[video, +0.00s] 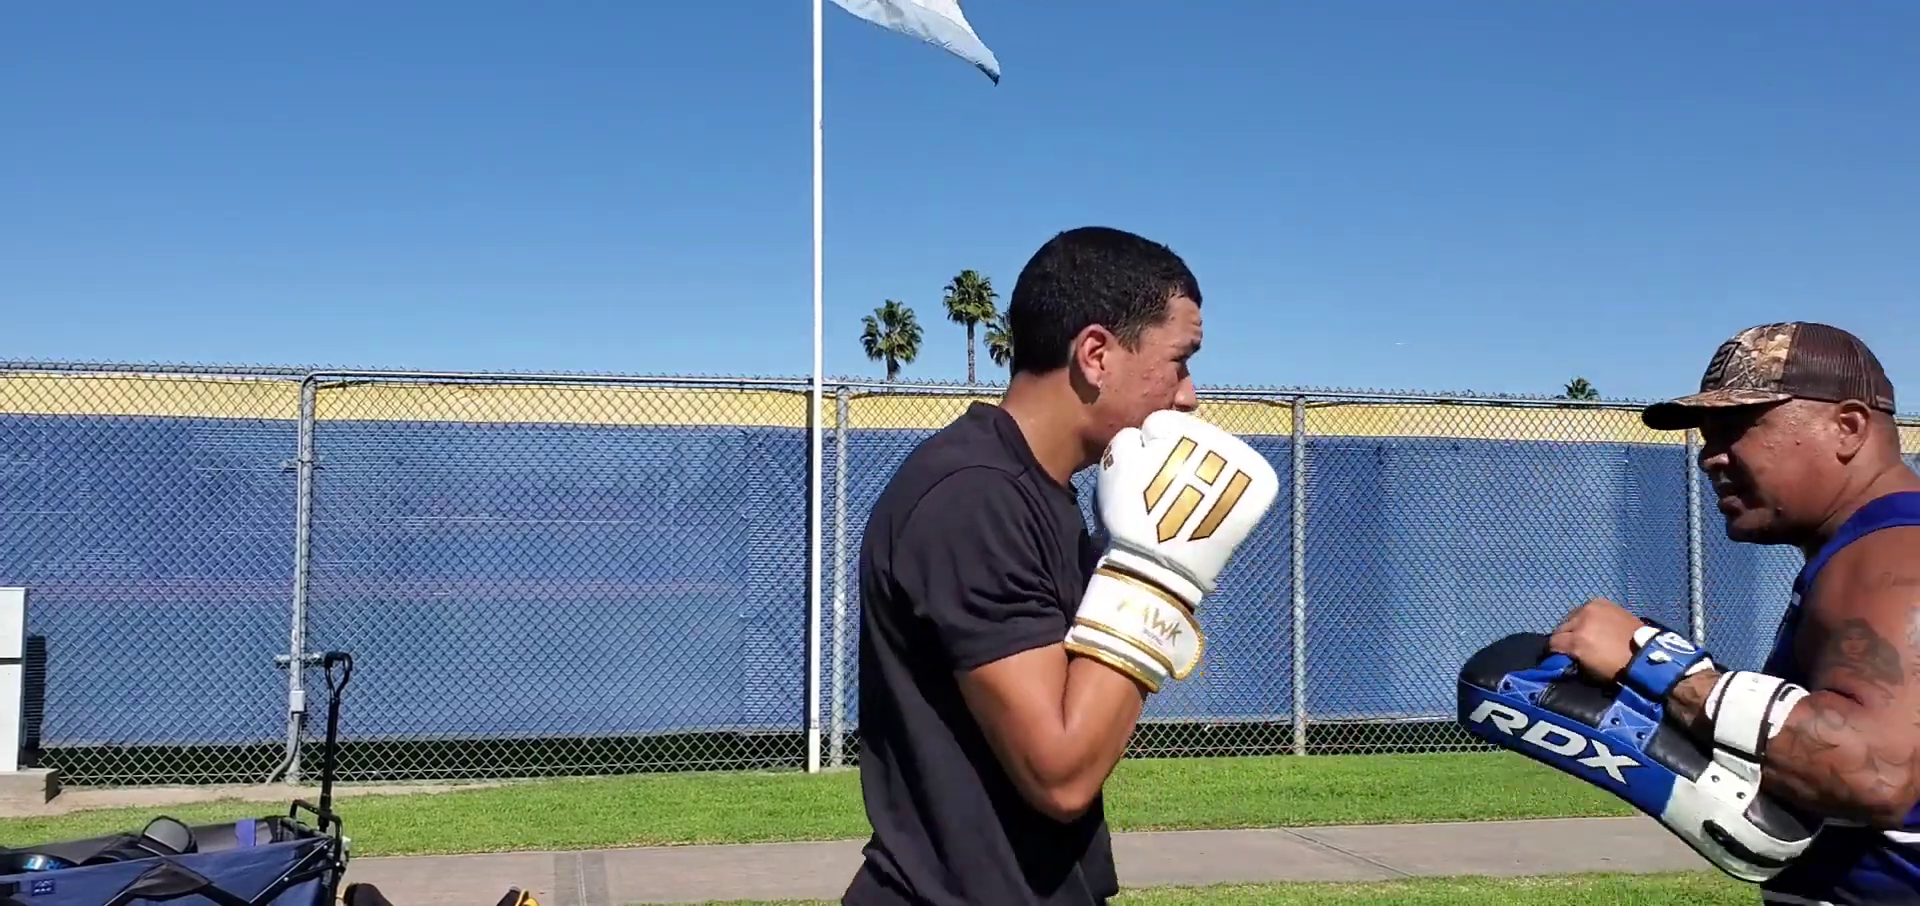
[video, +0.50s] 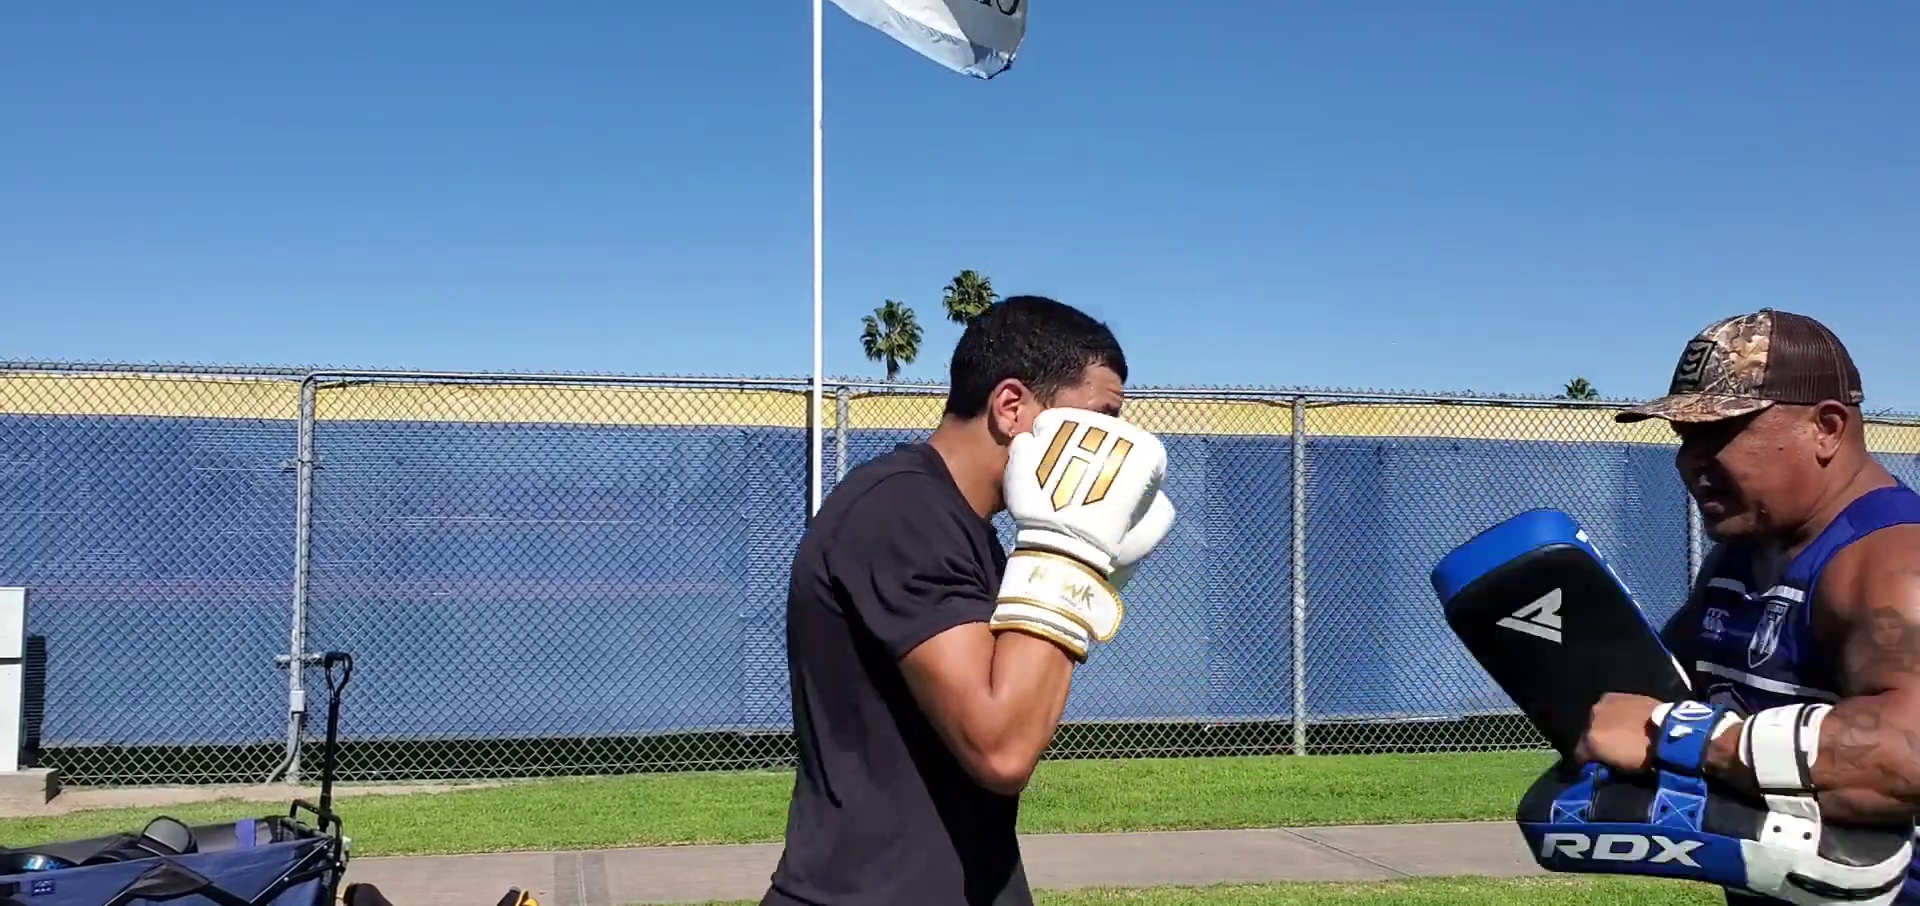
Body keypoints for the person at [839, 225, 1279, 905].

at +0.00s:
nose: (1189, 396)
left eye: (1188, 364)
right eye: (1178, 363)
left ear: (1098, 358)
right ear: (1096, 356)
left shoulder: (1047, 498)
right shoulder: (970, 502)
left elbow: (1067, 739)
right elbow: (1062, 776)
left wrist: (1153, 575)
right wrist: (1147, 574)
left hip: (1045, 884)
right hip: (955, 888)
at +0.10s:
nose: (1194, 401)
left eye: (1193, 371)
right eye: (1184, 369)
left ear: (1105, 360)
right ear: (1104, 358)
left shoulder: (1042, 491)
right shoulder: (991, 495)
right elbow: (1095, 763)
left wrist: (1145, 554)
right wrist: (1180, 569)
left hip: (1038, 882)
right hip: (970, 886)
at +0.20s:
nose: (1196, 418)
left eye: (1195, 389)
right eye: (1186, 386)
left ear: (1105, 377)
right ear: (1104, 375)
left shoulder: (1069, 513)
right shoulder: (993, 509)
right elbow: (1086, 774)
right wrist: (1181, 590)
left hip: (1053, 885)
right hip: (956, 888)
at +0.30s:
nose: (1184, 424)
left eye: (1182, 393)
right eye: (1170, 390)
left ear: (1083, 382)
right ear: (1082, 377)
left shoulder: (1069, 515)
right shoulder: (966, 506)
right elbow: (1048, 762)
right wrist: (1164, 593)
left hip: (1051, 883)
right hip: (940, 887)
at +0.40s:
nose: (1148, 422)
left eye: (1153, 399)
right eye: (1142, 395)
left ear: (1056, 387)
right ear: (1056, 381)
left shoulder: (1034, 509)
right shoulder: (942, 496)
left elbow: (1037, 699)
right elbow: (1025, 741)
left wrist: (1145, 604)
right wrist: (1120, 563)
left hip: (1022, 882)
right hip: (908, 887)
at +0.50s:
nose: (1108, 445)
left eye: (1110, 421)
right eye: (1098, 418)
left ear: (1012, 410)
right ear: (1011, 408)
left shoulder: (963, 525)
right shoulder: (901, 514)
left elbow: (1008, 732)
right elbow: (1002, 752)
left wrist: (1081, 579)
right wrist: (1059, 558)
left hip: (966, 883)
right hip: (882, 887)